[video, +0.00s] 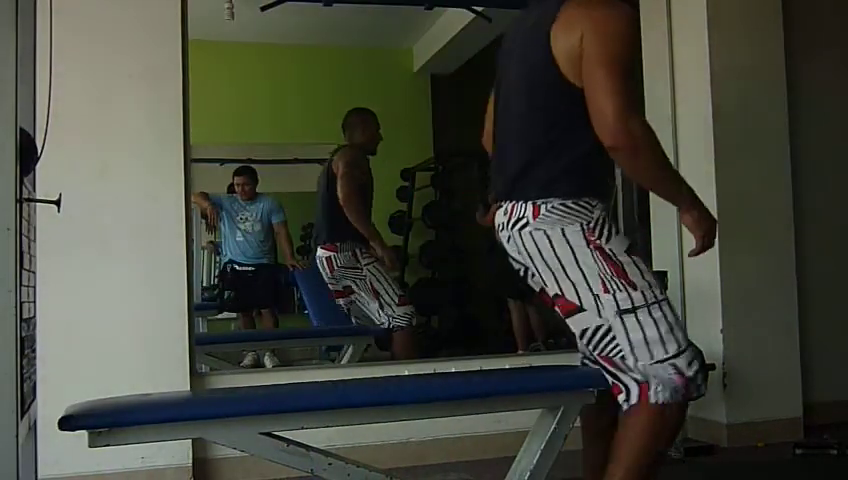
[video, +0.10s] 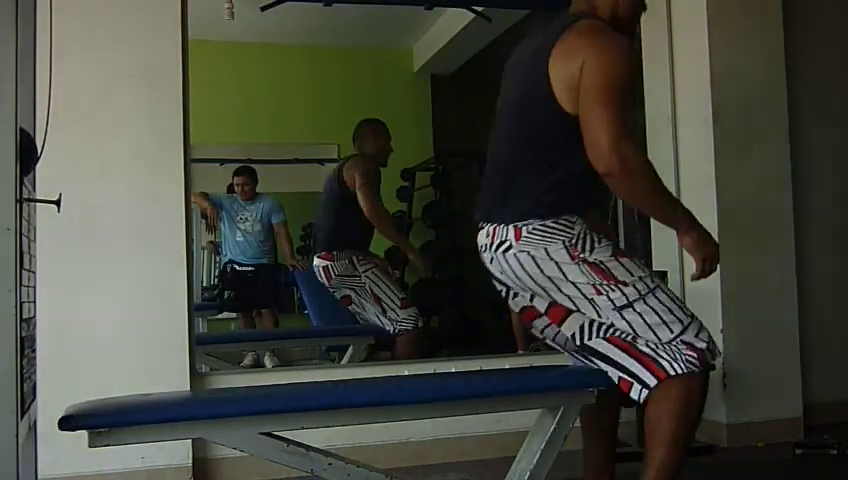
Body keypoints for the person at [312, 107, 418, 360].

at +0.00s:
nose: (380, 135)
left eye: (379, 129)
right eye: (376, 129)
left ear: (352, 131)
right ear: (363, 131)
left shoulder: (341, 157)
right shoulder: (350, 156)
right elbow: (348, 201)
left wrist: (373, 247)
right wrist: (378, 243)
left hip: (335, 253)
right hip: (345, 253)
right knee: (402, 314)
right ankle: (408, 389)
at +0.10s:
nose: (391, 149)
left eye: (390, 142)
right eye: (387, 142)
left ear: (361, 143)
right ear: (374, 142)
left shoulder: (344, 168)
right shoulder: (363, 165)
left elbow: (341, 237)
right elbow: (372, 210)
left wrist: (375, 261)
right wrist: (409, 249)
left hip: (330, 261)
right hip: (342, 261)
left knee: (400, 318)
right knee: (407, 319)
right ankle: (406, 393)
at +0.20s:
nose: (394, 165)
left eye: (394, 158)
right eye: (391, 157)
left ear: (364, 156)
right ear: (379, 156)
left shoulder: (347, 180)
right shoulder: (366, 178)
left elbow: (346, 247)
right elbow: (387, 223)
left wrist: (383, 266)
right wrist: (427, 253)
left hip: (324, 270)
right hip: (335, 271)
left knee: (395, 321)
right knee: (408, 321)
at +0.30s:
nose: (388, 178)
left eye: (387, 172)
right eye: (385, 171)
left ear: (357, 171)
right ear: (372, 171)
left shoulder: (341, 194)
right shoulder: (358, 194)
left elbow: (350, 259)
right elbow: (394, 237)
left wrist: (392, 267)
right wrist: (436, 256)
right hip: (329, 287)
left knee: (398, 315)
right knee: (409, 322)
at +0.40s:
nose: (370, 189)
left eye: (369, 183)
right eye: (367, 182)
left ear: (337, 184)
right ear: (356, 184)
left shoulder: (324, 209)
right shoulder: (340, 209)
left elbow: (348, 262)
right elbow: (388, 249)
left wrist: (386, 258)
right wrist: (429, 249)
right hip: (321, 301)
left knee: (399, 316)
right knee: (405, 321)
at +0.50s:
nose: (343, 199)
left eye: (342, 193)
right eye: (339, 193)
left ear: (310, 195)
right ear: (327, 194)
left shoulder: (301, 219)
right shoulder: (315, 221)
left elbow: (337, 264)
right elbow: (367, 257)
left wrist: (378, 248)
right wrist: (390, 240)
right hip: (313, 314)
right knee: (401, 321)